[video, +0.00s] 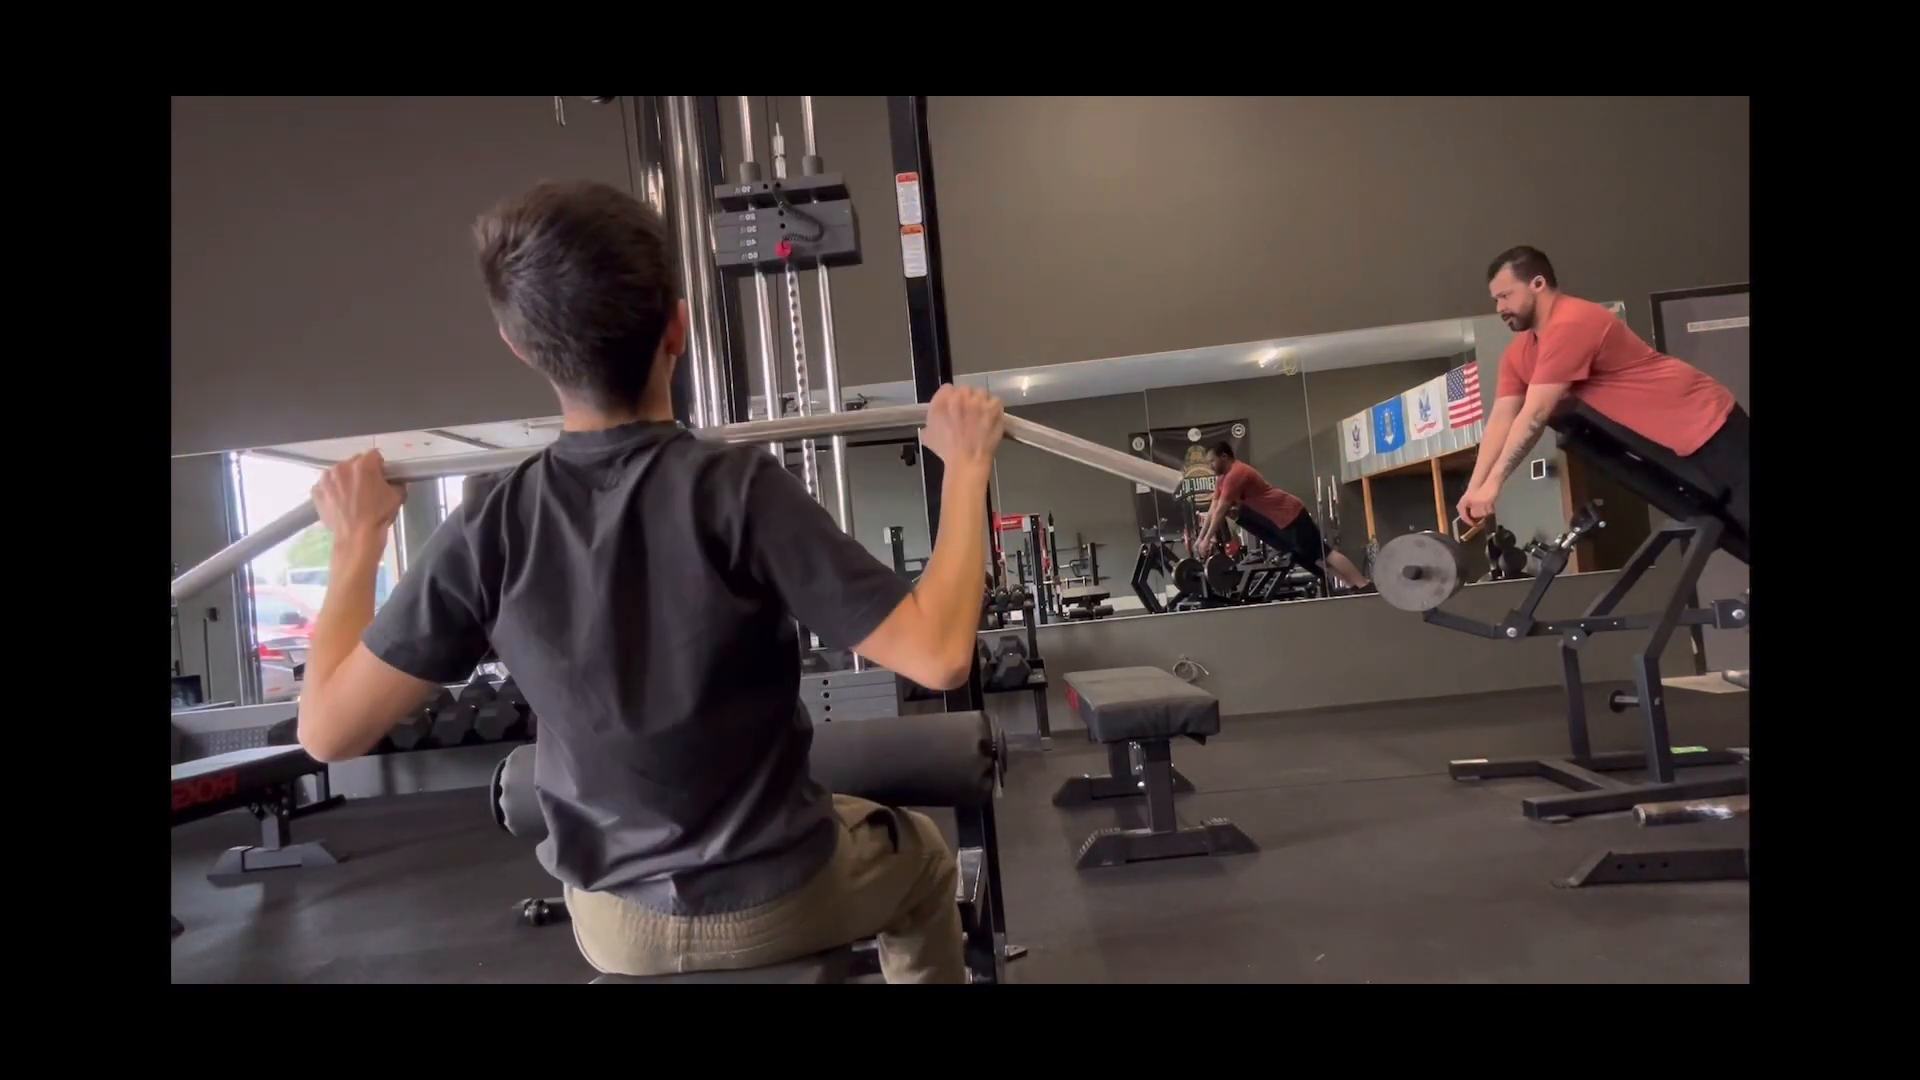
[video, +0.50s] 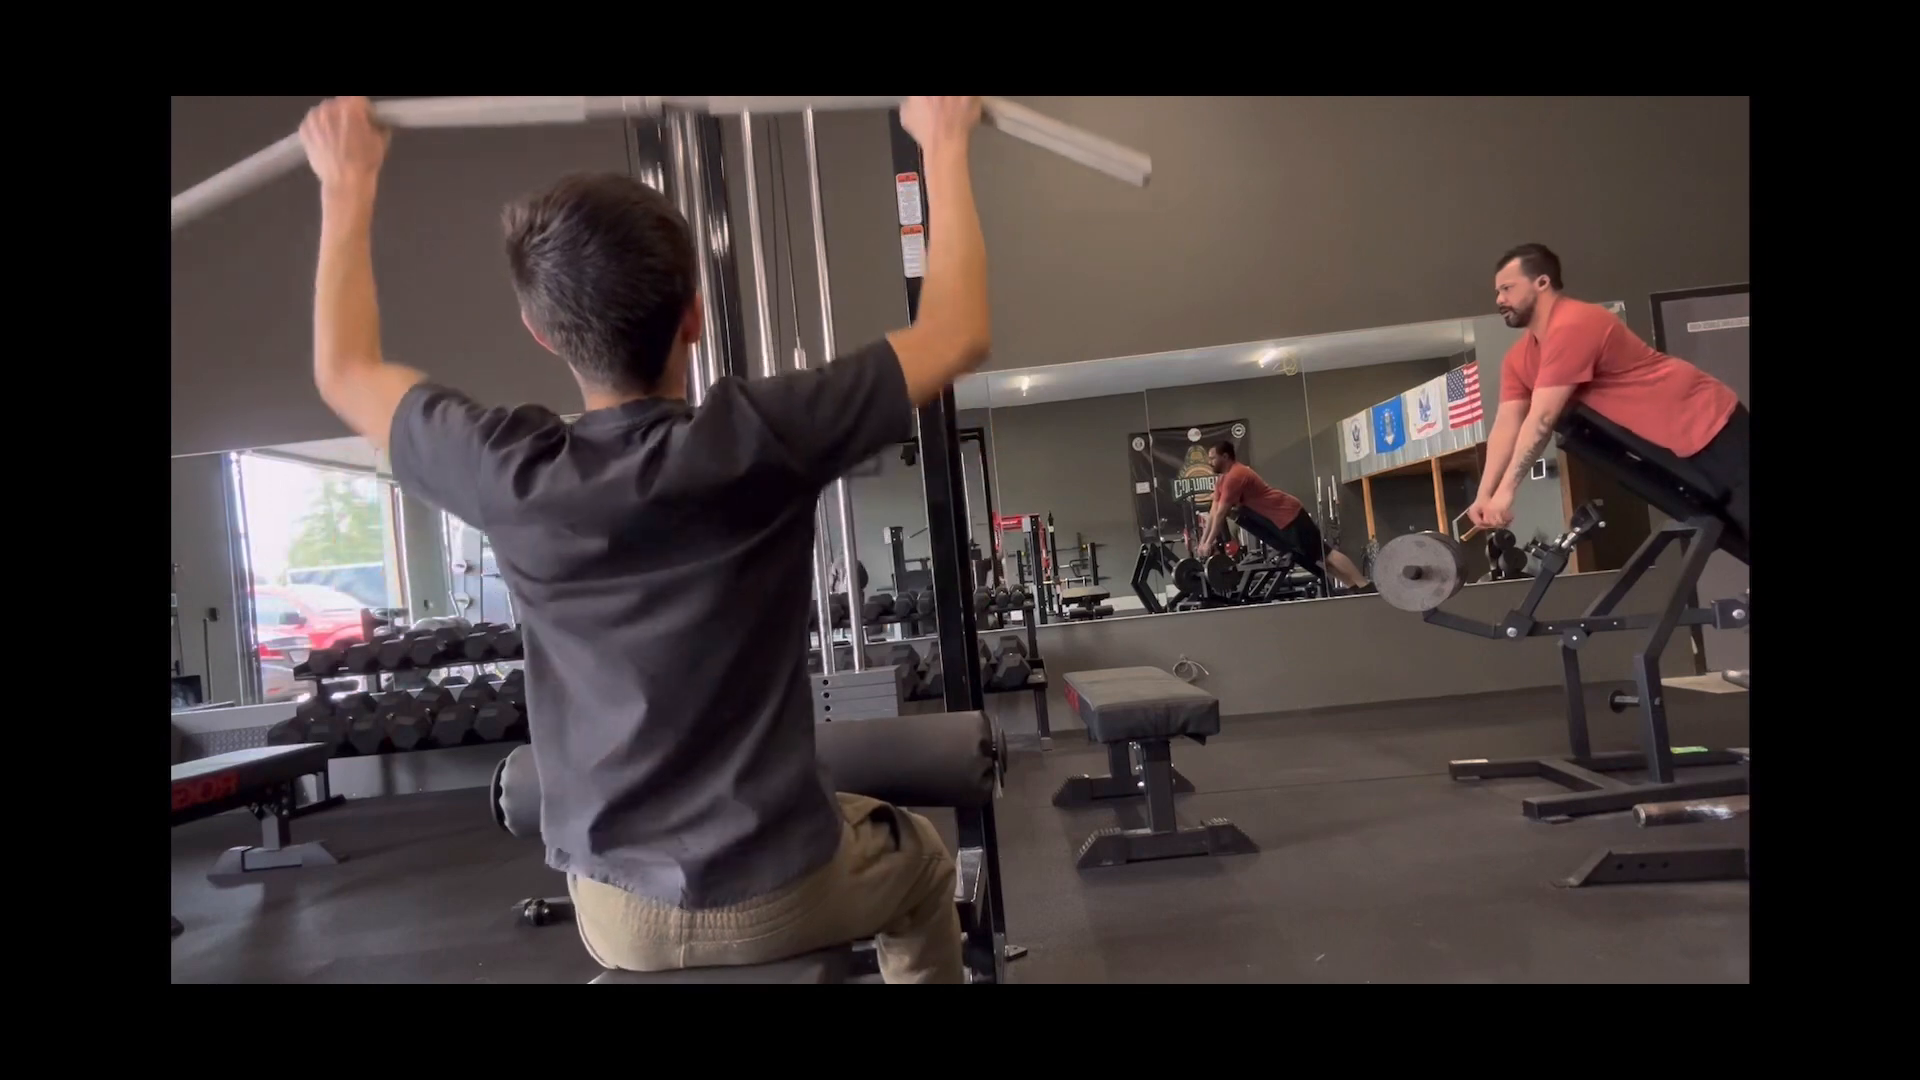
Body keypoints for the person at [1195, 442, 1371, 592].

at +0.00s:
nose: (1210, 466)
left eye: (1212, 461)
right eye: (1209, 462)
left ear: (1225, 456)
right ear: (1218, 460)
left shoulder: (1237, 473)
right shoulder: (1223, 479)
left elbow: (1222, 508)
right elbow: (1213, 507)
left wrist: (1209, 537)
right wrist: (1201, 536)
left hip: (1292, 513)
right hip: (1281, 521)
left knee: (1324, 552)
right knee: (1315, 559)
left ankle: (1363, 583)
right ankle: (1352, 584)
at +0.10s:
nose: (1211, 463)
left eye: (1213, 458)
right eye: (1209, 459)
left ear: (1226, 455)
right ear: (1220, 458)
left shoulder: (1238, 473)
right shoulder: (1223, 479)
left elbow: (1223, 508)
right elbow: (1213, 508)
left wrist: (1209, 536)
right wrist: (1202, 536)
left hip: (1291, 513)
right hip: (1279, 522)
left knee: (1324, 552)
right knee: (1315, 560)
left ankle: (1363, 584)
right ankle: (1353, 584)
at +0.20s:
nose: (1210, 462)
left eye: (1213, 457)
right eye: (1209, 458)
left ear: (1226, 456)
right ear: (1221, 458)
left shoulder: (1237, 473)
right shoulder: (1223, 479)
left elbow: (1222, 509)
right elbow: (1213, 509)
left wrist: (1209, 538)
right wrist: (1202, 537)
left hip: (1291, 513)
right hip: (1279, 522)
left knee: (1324, 552)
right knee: (1313, 561)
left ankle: (1363, 583)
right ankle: (1352, 584)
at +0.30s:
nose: (1210, 462)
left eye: (1213, 457)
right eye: (1209, 458)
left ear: (1226, 456)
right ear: (1221, 458)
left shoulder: (1237, 474)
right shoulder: (1223, 480)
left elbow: (1222, 509)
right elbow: (1213, 510)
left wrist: (1209, 538)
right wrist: (1202, 538)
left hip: (1291, 513)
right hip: (1278, 523)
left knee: (1324, 552)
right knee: (1313, 560)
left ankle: (1363, 583)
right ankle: (1351, 584)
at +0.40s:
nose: (1210, 461)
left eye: (1213, 457)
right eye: (1209, 457)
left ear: (1225, 456)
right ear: (1221, 458)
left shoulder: (1236, 474)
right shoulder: (1222, 479)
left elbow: (1221, 511)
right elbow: (1212, 511)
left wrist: (1209, 541)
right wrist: (1203, 540)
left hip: (1291, 513)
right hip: (1280, 522)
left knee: (1325, 553)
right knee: (1318, 560)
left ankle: (1364, 584)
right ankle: (1353, 586)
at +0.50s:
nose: (1209, 461)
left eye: (1212, 457)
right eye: (1209, 458)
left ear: (1225, 456)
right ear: (1221, 458)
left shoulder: (1236, 475)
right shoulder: (1221, 480)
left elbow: (1222, 512)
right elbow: (1213, 512)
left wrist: (1210, 542)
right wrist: (1204, 541)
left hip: (1291, 513)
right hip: (1279, 523)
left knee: (1325, 552)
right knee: (1317, 560)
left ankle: (1363, 584)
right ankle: (1353, 586)